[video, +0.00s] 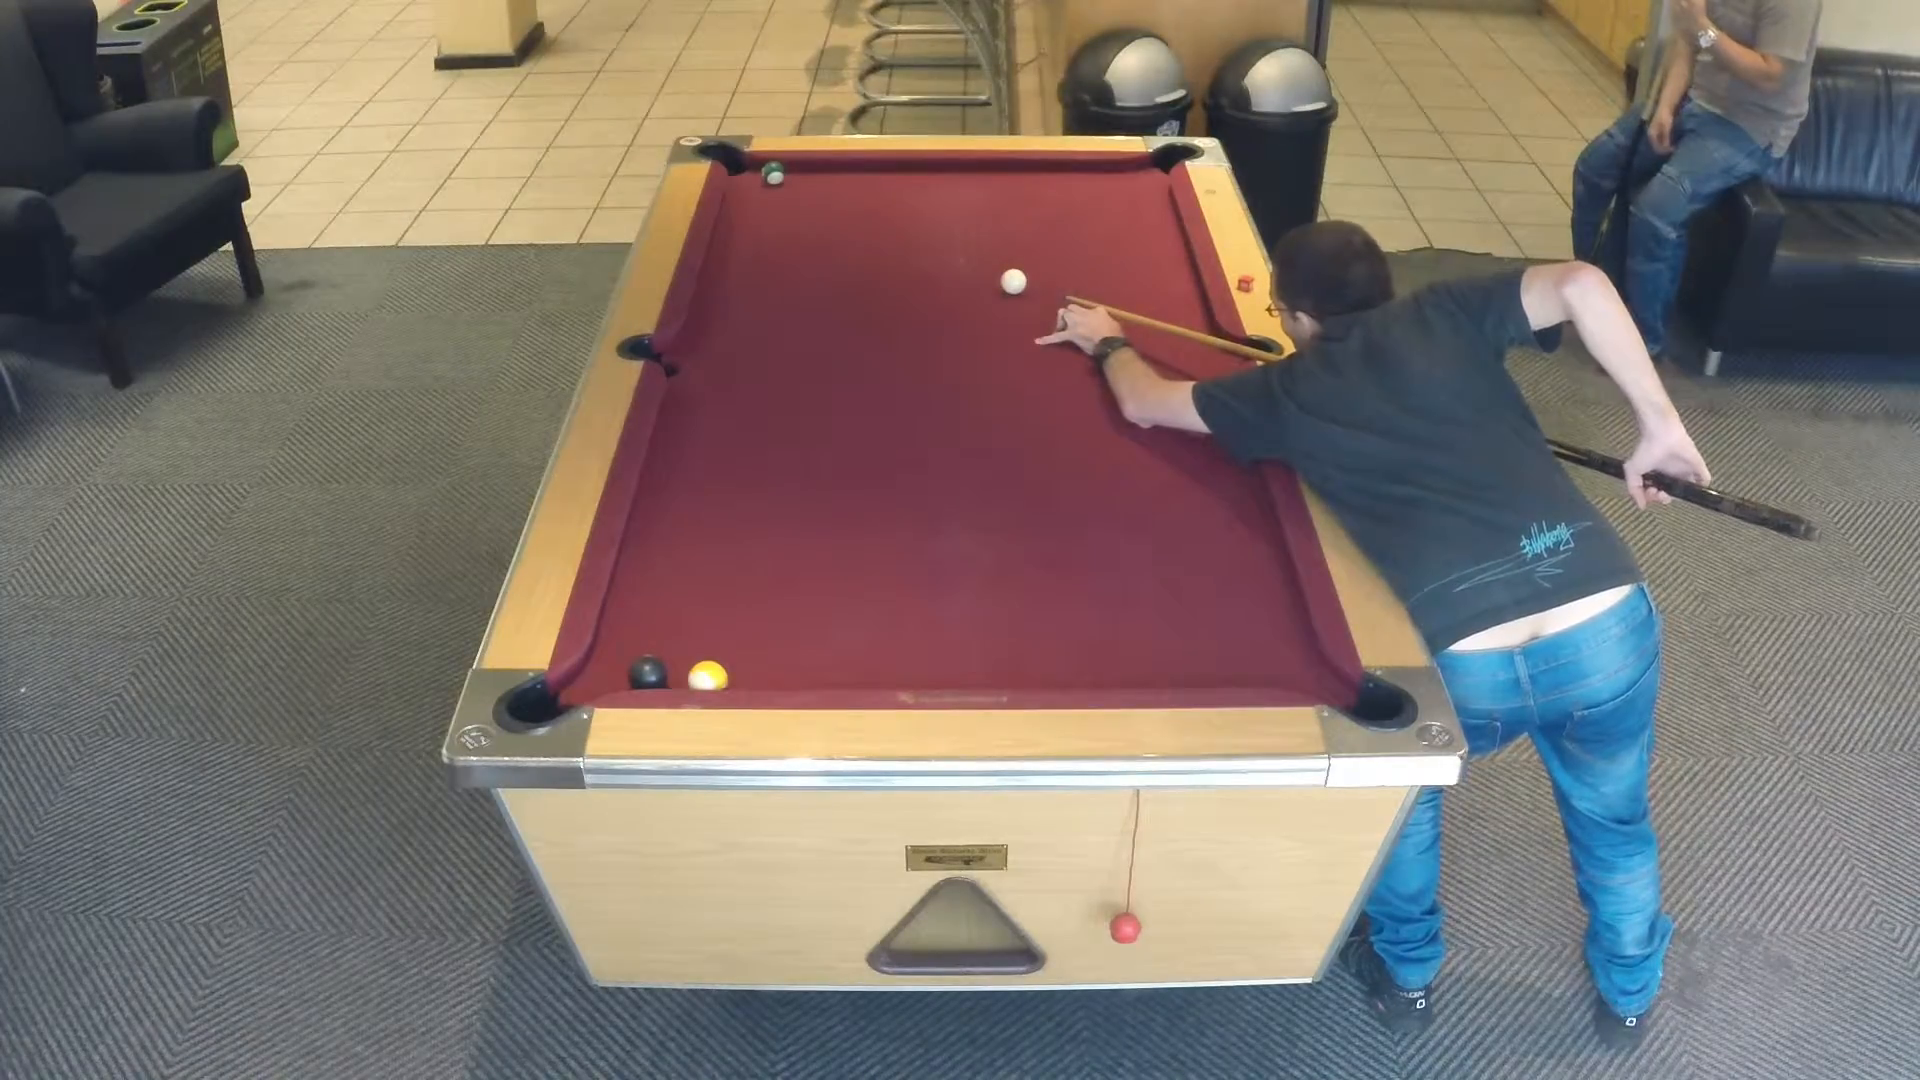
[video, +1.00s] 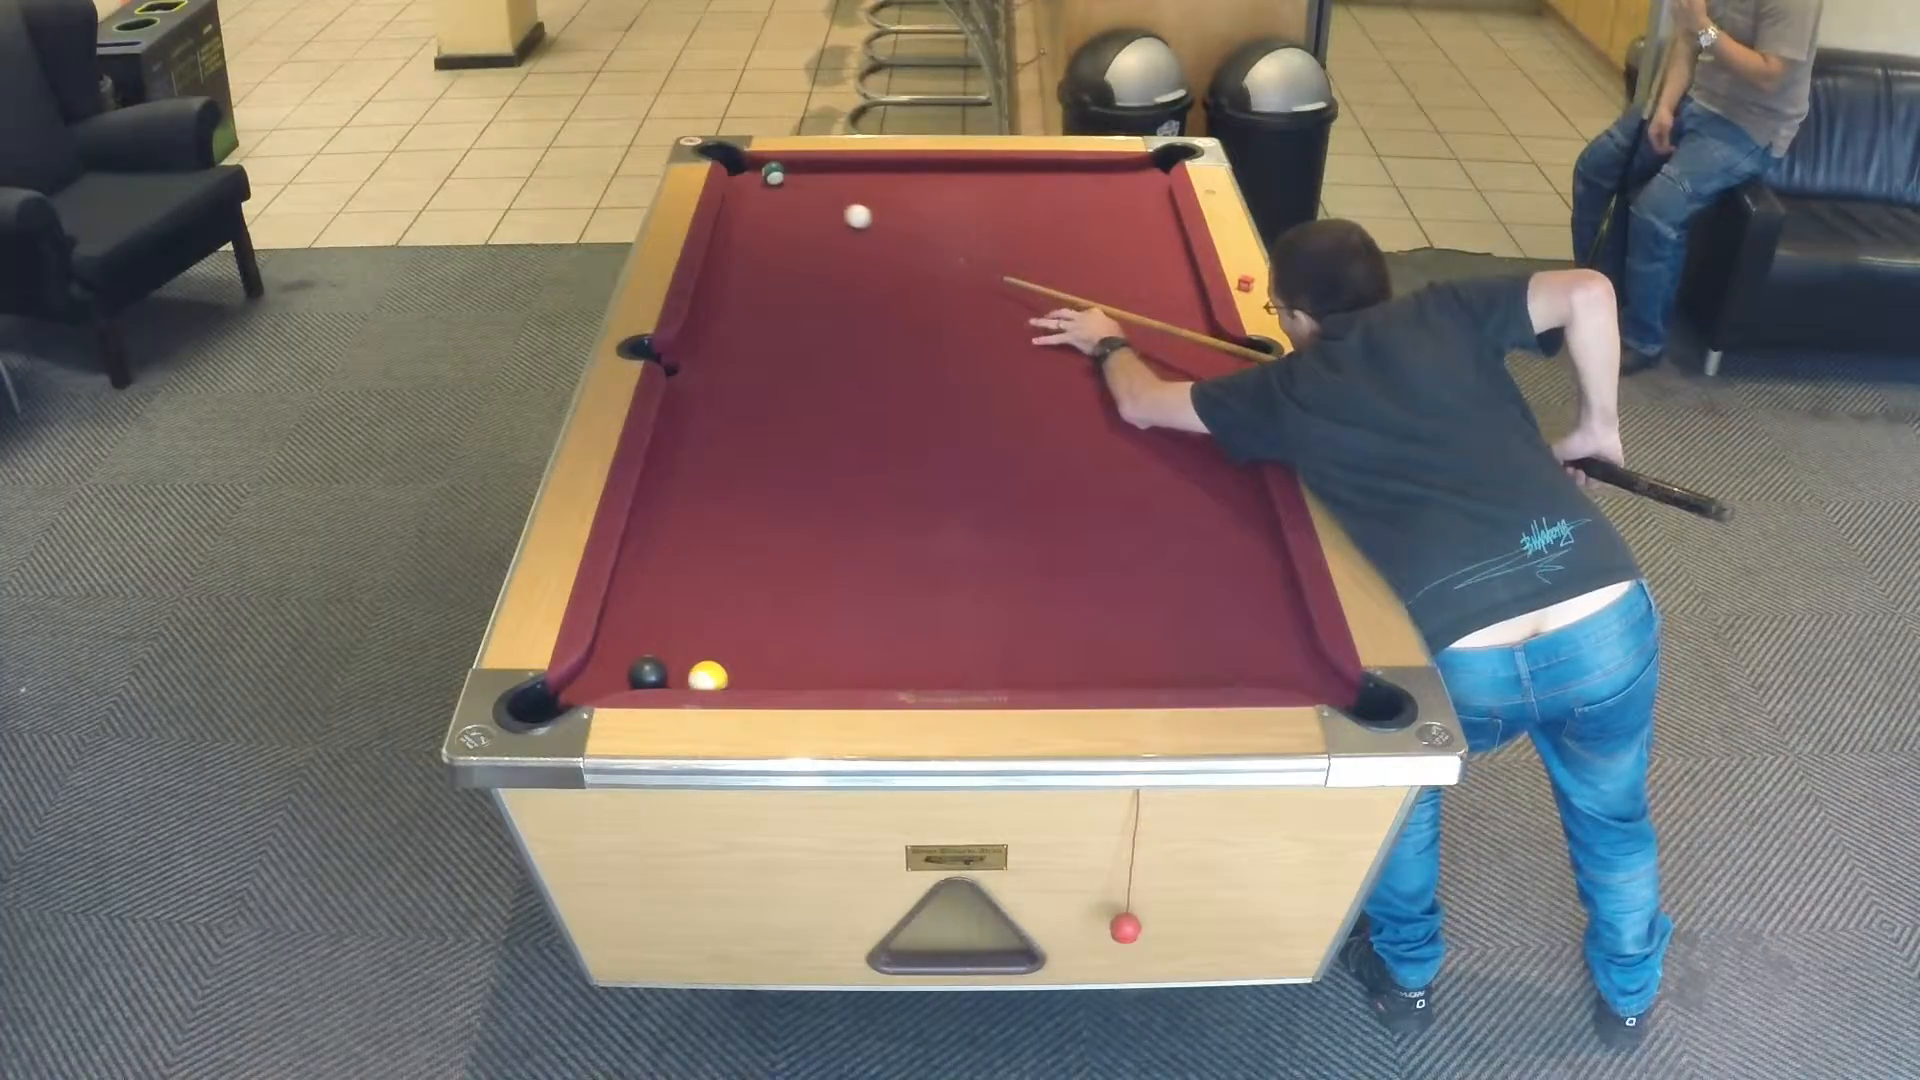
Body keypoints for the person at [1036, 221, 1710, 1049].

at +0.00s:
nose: (1278, 316)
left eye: (1280, 305)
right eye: (1280, 303)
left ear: (1302, 319)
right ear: (1385, 287)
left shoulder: (1288, 390)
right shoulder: (1451, 310)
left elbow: (1146, 402)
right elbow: (1581, 284)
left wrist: (1108, 341)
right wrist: (1661, 420)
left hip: (1464, 662)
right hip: (1605, 620)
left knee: (1402, 774)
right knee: (1617, 819)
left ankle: (1409, 967)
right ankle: (1631, 989)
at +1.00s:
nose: (1281, 318)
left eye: (1283, 306)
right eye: (1279, 305)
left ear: (1298, 318)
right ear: (1386, 290)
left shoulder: (1289, 389)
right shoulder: (1451, 312)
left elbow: (1143, 400)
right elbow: (1586, 291)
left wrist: (1105, 341)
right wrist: (1599, 420)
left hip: (1467, 659)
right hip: (1606, 621)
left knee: (1396, 766)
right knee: (1615, 820)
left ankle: (1407, 969)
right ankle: (1630, 992)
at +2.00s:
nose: (1278, 313)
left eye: (1280, 302)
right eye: (1278, 301)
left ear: (1298, 316)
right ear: (1385, 290)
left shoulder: (1286, 389)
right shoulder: (1450, 313)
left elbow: (1141, 399)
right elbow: (1589, 297)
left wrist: (1105, 341)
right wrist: (1603, 428)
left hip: (1468, 661)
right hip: (1606, 623)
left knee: (1394, 763)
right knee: (1615, 819)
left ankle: (1407, 966)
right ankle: (1631, 990)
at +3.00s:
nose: (1341, 189)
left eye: (1346, 175)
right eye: (1346, 171)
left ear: (1370, 194)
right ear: (1463, 180)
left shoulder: (1343, 300)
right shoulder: (1550, 251)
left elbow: (1277, 466)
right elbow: (1702, 385)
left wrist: (1247, 378)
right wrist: (1604, 446)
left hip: (1508, 640)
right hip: (1652, 621)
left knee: (1424, 780)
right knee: (1610, 831)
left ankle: (1404, 966)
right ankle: (1605, 1019)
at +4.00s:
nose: (1486, 357)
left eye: (1511, 347)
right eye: (1500, 334)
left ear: (1593, 405)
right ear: (1602, 398)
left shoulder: (1679, 641)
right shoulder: (1671, 441)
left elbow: (1627, 880)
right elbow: (1757, 510)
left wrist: (1529, 1057)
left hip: (1616, 942)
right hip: (1565, 859)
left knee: (1553, 1065)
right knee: (1532, 1011)